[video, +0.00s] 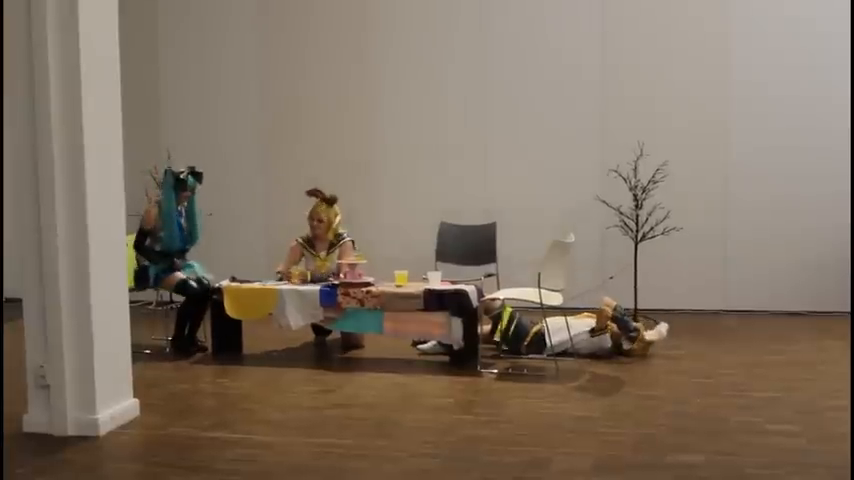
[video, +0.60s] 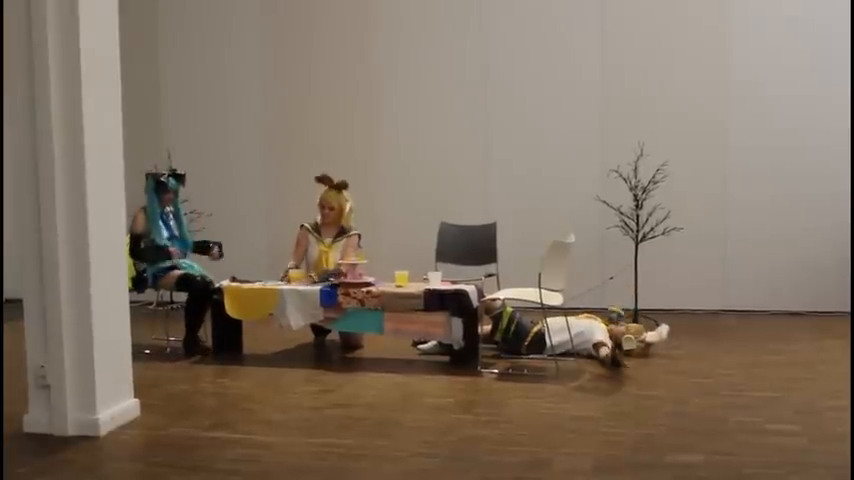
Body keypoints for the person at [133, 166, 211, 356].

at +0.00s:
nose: (188, 196)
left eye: (190, 192)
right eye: (184, 191)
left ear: (190, 193)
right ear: (174, 191)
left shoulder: (182, 212)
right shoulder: (155, 211)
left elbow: (185, 240)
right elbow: (139, 245)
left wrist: (180, 258)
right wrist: (165, 260)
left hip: (177, 265)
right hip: (157, 268)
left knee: (206, 289)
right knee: (194, 290)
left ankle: (190, 338)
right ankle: (179, 340)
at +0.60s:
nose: (171, 197)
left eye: (173, 193)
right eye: (167, 192)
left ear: (174, 194)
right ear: (158, 193)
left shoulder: (170, 213)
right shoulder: (144, 215)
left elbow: (179, 244)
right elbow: (136, 250)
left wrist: (205, 248)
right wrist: (166, 253)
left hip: (175, 265)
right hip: (156, 269)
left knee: (208, 287)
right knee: (198, 285)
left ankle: (193, 338)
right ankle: (190, 340)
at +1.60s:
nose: (187, 204)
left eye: (188, 200)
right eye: (183, 200)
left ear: (189, 201)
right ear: (172, 199)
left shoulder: (186, 219)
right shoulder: (154, 219)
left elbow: (191, 253)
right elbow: (165, 258)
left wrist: (201, 266)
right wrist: (193, 270)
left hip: (181, 268)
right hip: (160, 272)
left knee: (207, 284)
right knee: (200, 285)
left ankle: (200, 339)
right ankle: (193, 341)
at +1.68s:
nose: (187, 203)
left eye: (188, 199)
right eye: (183, 199)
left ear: (189, 200)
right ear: (172, 198)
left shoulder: (186, 219)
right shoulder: (153, 219)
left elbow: (193, 253)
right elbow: (164, 258)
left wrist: (200, 267)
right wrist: (192, 271)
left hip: (182, 268)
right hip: (160, 272)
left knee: (207, 285)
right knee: (199, 285)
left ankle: (199, 339)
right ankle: (192, 341)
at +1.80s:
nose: (186, 206)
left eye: (188, 202)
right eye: (183, 202)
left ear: (190, 202)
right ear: (172, 199)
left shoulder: (186, 218)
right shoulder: (154, 220)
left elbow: (192, 252)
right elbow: (165, 259)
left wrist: (200, 267)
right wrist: (193, 271)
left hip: (182, 268)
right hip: (161, 272)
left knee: (207, 285)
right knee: (199, 285)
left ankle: (199, 340)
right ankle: (192, 342)